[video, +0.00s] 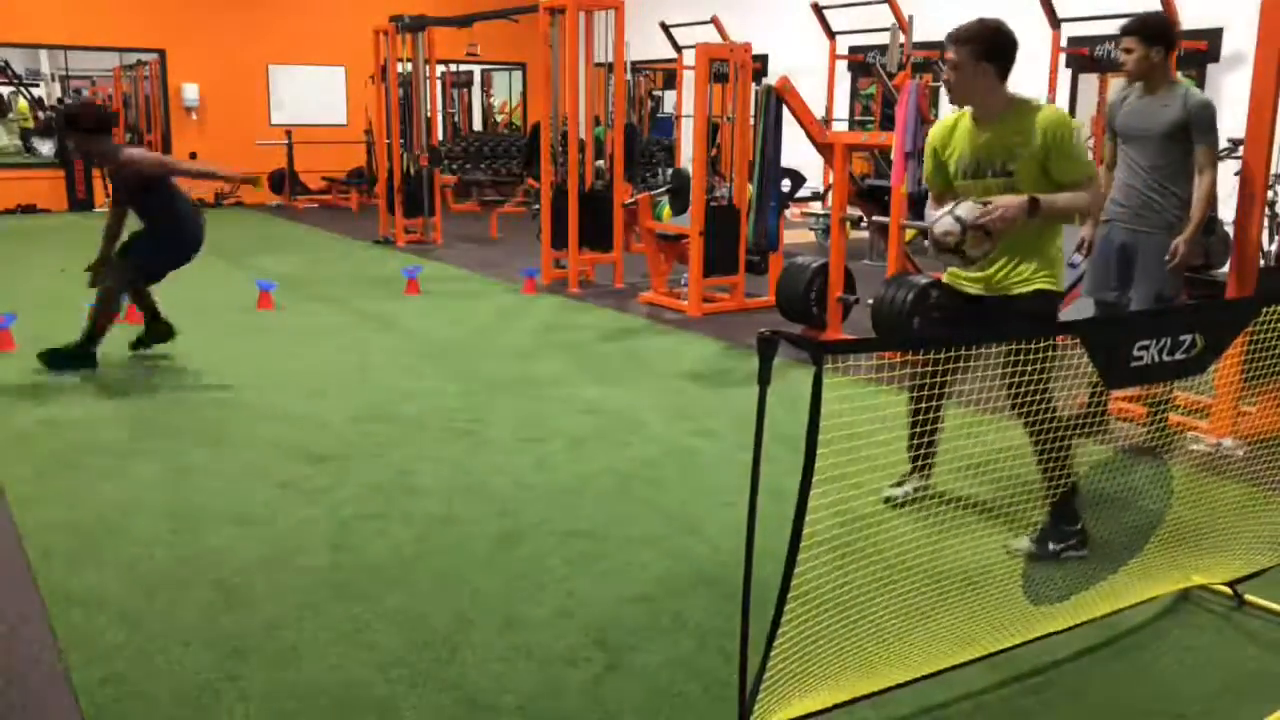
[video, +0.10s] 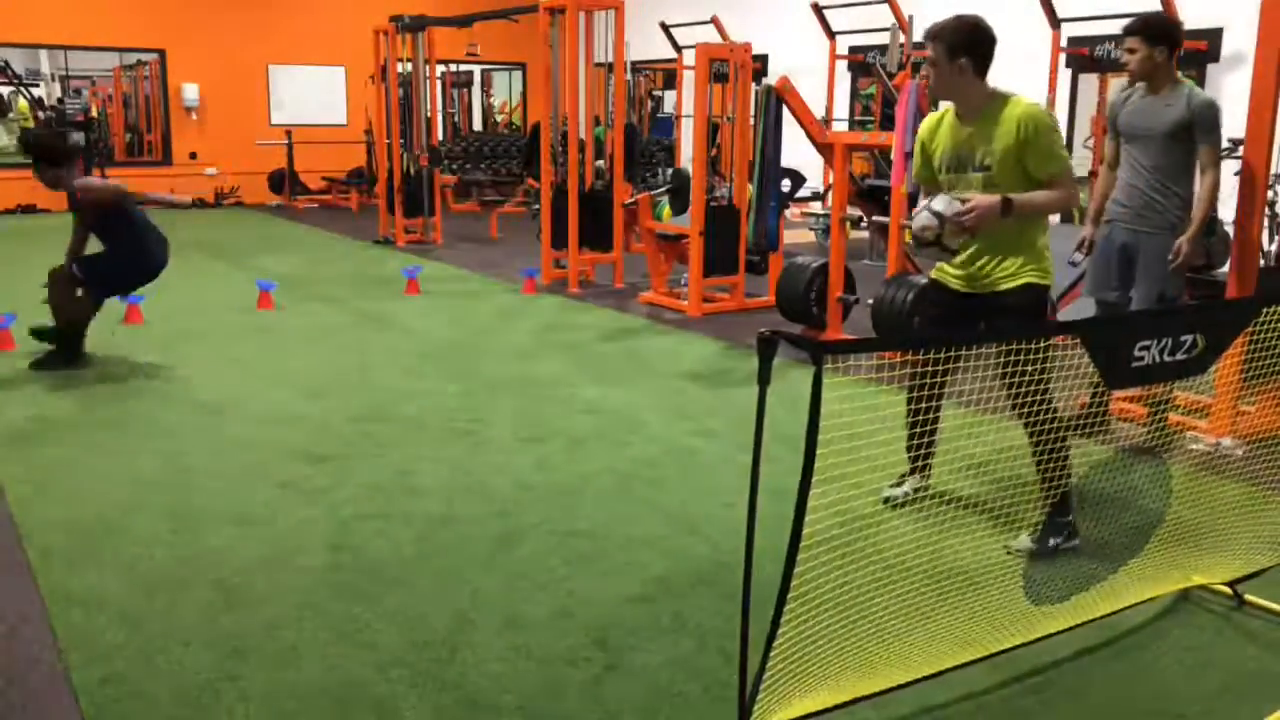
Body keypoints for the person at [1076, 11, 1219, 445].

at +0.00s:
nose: (1121, 59)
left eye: (1128, 52)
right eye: (1120, 51)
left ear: (1159, 54)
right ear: (1141, 55)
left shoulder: (1194, 105)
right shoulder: (1118, 99)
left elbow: (1206, 173)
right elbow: (1108, 166)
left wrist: (1191, 234)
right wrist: (1092, 222)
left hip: (1161, 237)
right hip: (1113, 230)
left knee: (1150, 329)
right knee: (1104, 324)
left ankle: (1155, 423)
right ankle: (1094, 405)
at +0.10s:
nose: (1124, 60)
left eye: (1131, 52)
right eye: (1123, 52)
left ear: (1162, 54)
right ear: (1144, 56)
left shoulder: (1198, 106)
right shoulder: (1120, 99)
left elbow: (1209, 173)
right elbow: (1109, 166)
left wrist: (1193, 234)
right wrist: (1091, 223)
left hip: (1163, 236)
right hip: (1114, 230)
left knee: (1151, 329)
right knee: (1105, 323)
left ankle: (1157, 422)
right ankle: (1096, 405)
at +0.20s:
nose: (1125, 59)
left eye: (1134, 51)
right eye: (1126, 52)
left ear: (1164, 54)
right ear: (1143, 55)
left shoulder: (1200, 104)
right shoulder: (1122, 99)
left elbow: (1212, 175)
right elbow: (1110, 166)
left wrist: (1196, 236)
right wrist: (1090, 221)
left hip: (1163, 235)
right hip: (1114, 229)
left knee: (1150, 329)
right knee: (1105, 323)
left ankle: (1155, 421)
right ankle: (1093, 408)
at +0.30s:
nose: (1127, 59)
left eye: (1136, 51)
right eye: (1127, 51)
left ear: (1166, 54)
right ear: (1145, 55)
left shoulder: (1201, 105)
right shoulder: (1122, 100)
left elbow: (1213, 175)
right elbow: (1110, 165)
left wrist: (1202, 237)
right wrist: (1090, 221)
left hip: (1162, 236)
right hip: (1114, 229)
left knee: (1148, 329)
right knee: (1106, 324)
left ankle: (1157, 424)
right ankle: (1094, 408)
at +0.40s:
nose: (1128, 59)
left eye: (1137, 51)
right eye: (1128, 51)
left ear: (1168, 54)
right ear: (1148, 55)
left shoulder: (1202, 105)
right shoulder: (1123, 99)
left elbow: (1214, 174)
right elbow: (1110, 165)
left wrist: (1204, 236)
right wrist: (1090, 220)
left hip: (1163, 236)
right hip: (1113, 230)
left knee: (1148, 330)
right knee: (1106, 324)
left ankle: (1156, 431)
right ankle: (1093, 412)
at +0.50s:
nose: (1129, 58)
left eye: (1138, 50)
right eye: (1130, 50)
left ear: (1169, 55)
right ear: (1146, 54)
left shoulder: (1202, 104)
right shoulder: (1123, 98)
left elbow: (1214, 174)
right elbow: (1110, 165)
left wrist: (1205, 236)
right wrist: (1090, 221)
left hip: (1163, 237)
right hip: (1114, 230)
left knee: (1149, 330)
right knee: (1106, 323)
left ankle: (1157, 428)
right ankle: (1095, 409)